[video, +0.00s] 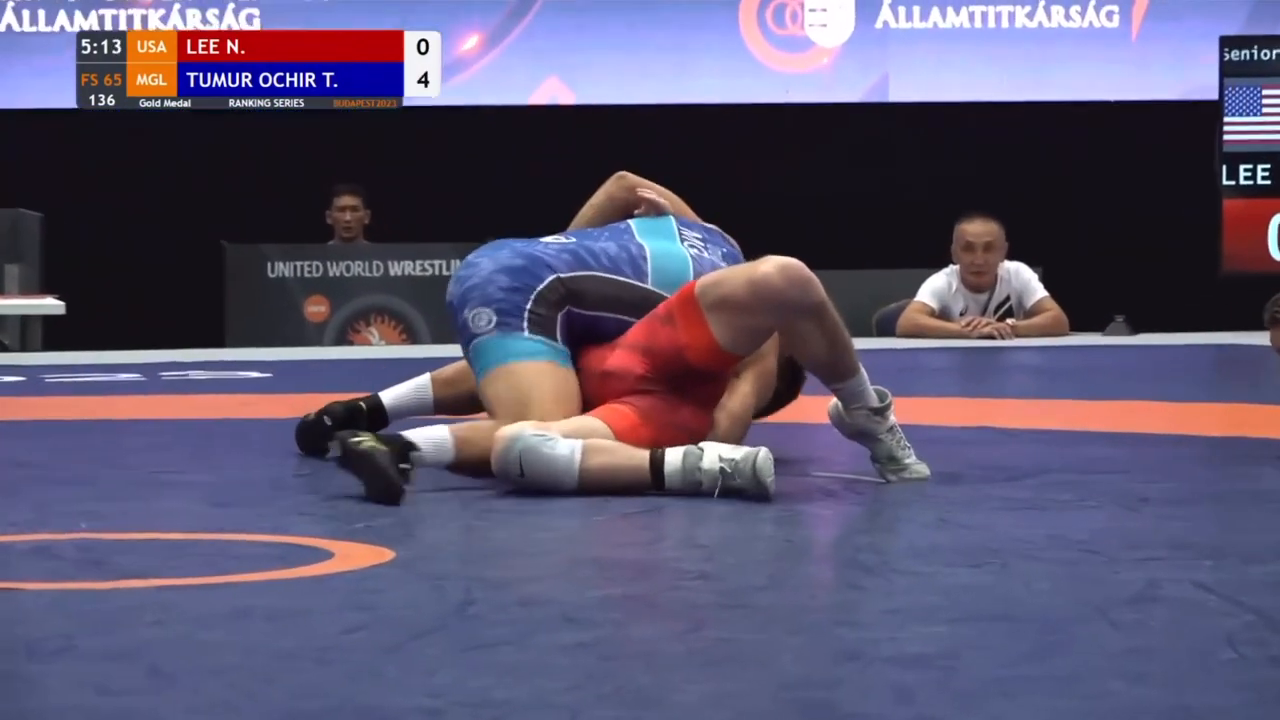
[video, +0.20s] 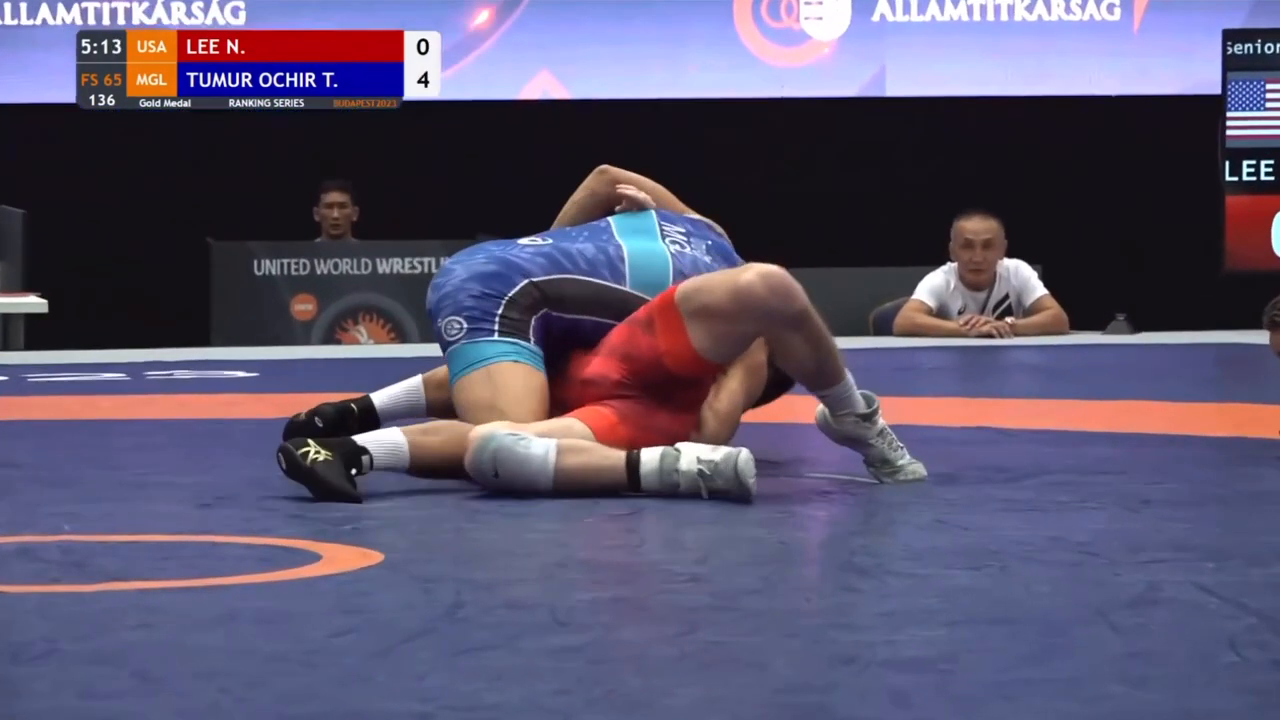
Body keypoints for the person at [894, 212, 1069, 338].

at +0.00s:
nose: (978, 259)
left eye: (989, 249)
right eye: (968, 249)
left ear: (1004, 251)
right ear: (953, 251)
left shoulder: (1018, 274)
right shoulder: (941, 282)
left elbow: (1059, 323)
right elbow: (907, 325)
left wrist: (1006, 328)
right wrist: (970, 330)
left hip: (1010, 371)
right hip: (953, 372)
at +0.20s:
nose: (977, 257)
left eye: (988, 246)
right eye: (967, 246)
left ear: (1003, 248)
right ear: (951, 249)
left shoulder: (1018, 272)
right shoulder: (939, 280)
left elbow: (1059, 322)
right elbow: (904, 323)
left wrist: (1005, 327)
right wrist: (967, 329)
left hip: (1010, 370)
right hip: (952, 371)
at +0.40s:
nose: (972, 257)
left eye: (983, 246)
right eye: (963, 246)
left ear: (998, 248)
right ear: (947, 249)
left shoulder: (1013, 272)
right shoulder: (935, 280)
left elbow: (1054, 321)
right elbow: (900, 323)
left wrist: (1001, 327)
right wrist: (964, 329)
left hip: (1005, 371)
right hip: (947, 372)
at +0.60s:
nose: (969, 257)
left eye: (980, 246)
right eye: (960, 246)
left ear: (995, 248)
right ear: (944, 249)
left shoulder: (1010, 272)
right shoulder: (932, 280)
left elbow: (1051, 322)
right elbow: (897, 323)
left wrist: (998, 326)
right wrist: (959, 329)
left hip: (1003, 370)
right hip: (944, 372)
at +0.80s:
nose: (968, 257)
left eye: (978, 246)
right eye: (958, 247)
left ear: (994, 248)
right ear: (942, 249)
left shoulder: (1008, 273)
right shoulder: (930, 280)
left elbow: (1049, 322)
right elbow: (895, 323)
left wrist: (996, 327)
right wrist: (958, 329)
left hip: (1001, 371)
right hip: (943, 372)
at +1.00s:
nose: (967, 258)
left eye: (978, 248)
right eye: (957, 248)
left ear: (993, 250)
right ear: (942, 251)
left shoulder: (1008, 274)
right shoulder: (929, 282)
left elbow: (1049, 323)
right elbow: (895, 325)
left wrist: (996, 328)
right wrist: (957, 330)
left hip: (1001, 372)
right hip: (942, 374)